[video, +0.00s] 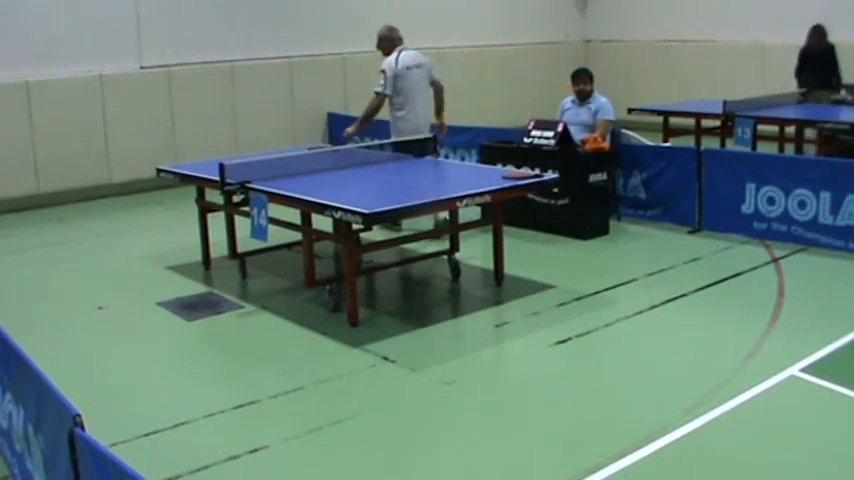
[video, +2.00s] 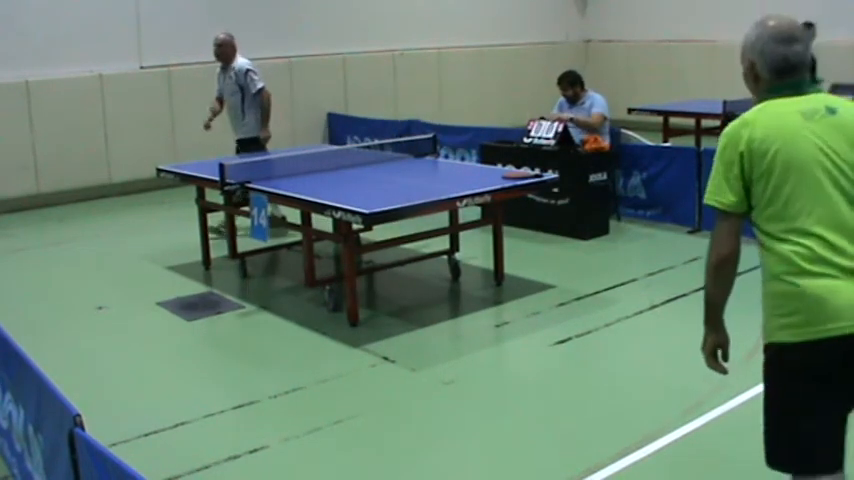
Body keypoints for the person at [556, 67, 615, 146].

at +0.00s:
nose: (581, 87)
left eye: (585, 84)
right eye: (577, 84)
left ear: (592, 85)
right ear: (572, 86)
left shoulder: (602, 104)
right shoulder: (566, 103)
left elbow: (601, 135)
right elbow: (560, 127)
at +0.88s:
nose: (577, 90)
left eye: (581, 87)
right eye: (574, 87)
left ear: (590, 87)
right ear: (571, 87)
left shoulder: (602, 103)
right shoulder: (566, 103)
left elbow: (606, 132)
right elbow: (559, 125)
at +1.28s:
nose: (574, 91)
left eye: (578, 87)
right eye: (572, 87)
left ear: (588, 87)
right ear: (568, 87)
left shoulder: (601, 104)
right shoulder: (565, 103)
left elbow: (601, 133)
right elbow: (560, 126)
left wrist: (583, 134)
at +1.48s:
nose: (571, 92)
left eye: (574, 88)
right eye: (569, 89)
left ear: (586, 87)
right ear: (566, 88)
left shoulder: (600, 103)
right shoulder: (566, 102)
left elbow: (602, 132)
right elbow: (559, 125)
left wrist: (583, 131)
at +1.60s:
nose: (569, 93)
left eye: (572, 89)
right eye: (567, 90)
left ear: (584, 88)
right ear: (565, 89)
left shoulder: (600, 103)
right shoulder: (565, 102)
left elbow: (602, 132)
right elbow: (556, 124)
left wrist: (581, 127)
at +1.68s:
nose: (568, 93)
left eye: (571, 89)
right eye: (567, 90)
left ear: (583, 87)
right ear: (565, 89)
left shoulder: (600, 102)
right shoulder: (565, 102)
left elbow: (600, 130)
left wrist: (578, 122)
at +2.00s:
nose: (563, 94)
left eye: (566, 90)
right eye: (562, 91)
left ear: (577, 88)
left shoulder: (597, 100)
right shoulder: (562, 102)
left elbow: (596, 124)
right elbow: (554, 120)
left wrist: (571, 119)